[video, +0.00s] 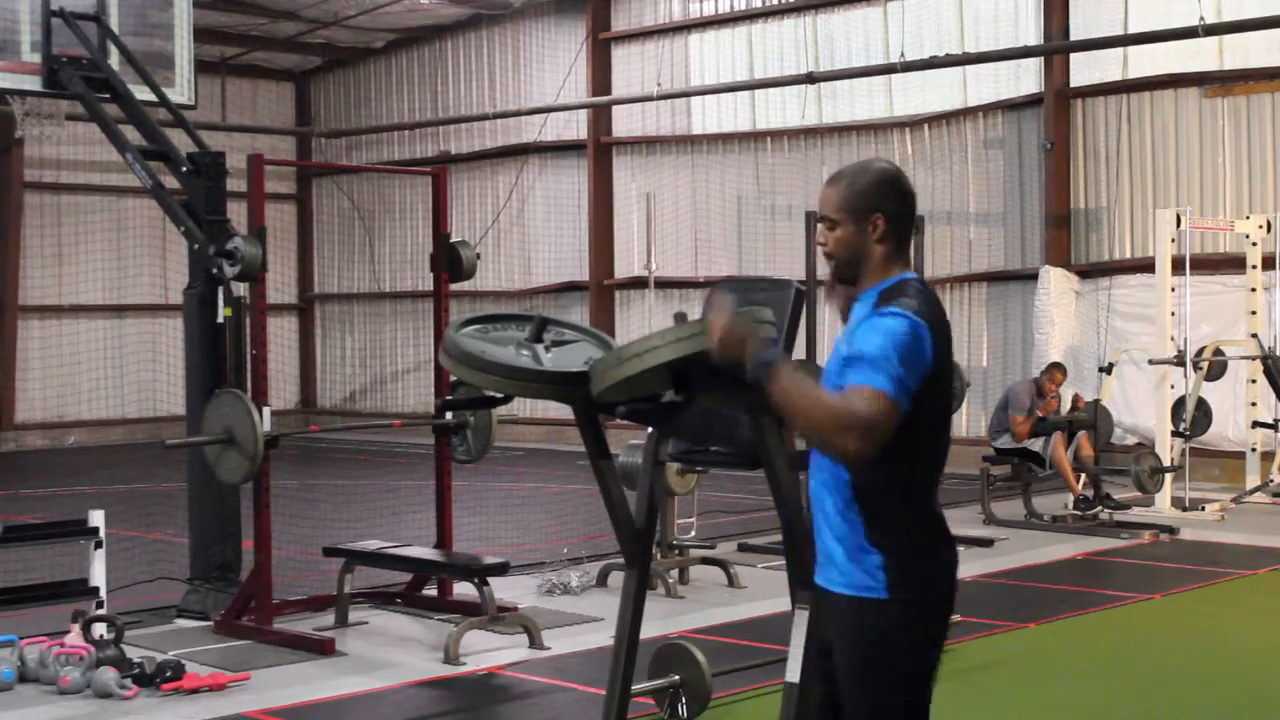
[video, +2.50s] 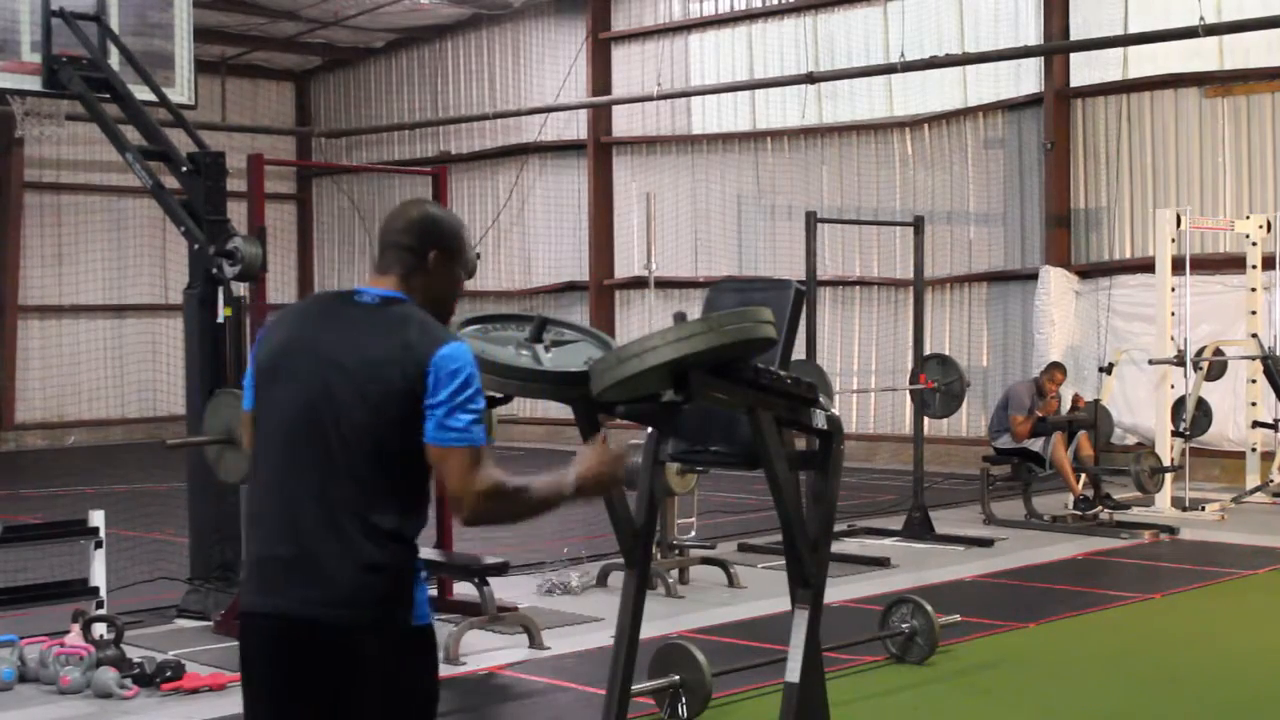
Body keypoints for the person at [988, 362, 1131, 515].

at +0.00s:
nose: (1054, 389)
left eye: (1058, 385)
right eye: (1051, 382)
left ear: (1061, 385)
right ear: (1042, 375)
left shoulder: (1052, 396)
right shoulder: (1021, 391)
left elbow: (1054, 426)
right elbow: (1019, 435)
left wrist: (1074, 411)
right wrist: (1040, 412)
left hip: (1030, 438)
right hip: (1004, 439)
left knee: (1080, 435)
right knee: (1055, 439)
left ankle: (1099, 494)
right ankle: (1079, 498)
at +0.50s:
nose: (1054, 389)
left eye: (1058, 385)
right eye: (1051, 382)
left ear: (1061, 385)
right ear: (1042, 375)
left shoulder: (1052, 395)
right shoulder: (1021, 391)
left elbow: (1055, 426)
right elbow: (1019, 435)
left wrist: (1073, 411)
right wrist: (1040, 412)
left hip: (1030, 437)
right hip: (1004, 439)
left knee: (1081, 435)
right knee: (1055, 439)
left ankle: (1100, 494)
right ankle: (1079, 498)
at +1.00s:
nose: (1054, 388)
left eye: (1058, 385)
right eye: (1051, 382)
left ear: (1061, 384)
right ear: (1041, 375)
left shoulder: (1051, 395)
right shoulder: (1021, 391)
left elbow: (1054, 427)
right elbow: (1019, 435)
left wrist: (1073, 411)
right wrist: (1041, 412)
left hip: (1029, 438)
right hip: (1004, 440)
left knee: (1081, 436)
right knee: (1055, 439)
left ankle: (1099, 494)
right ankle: (1079, 498)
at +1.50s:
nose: (1054, 388)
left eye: (1058, 385)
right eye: (1051, 382)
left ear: (1061, 385)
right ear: (1041, 374)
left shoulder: (1051, 395)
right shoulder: (1021, 391)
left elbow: (1053, 427)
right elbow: (1019, 435)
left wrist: (1072, 411)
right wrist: (1041, 412)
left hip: (1029, 438)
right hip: (1003, 439)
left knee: (1080, 436)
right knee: (1055, 439)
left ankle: (1099, 494)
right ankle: (1079, 498)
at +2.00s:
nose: (1054, 388)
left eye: (1058, 385)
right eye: (1051, 382)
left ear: (1061, 384)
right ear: (1041, 375)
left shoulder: (1051, 395)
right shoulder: (1021, 391)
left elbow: (1053, 426)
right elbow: (1018, 434)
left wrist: (1073, 412)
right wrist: (1041, 412)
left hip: (1029, 438)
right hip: (1004, 440)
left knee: (1080, 436)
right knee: (1055, 439)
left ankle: (1099, 494)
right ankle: (1079, 498)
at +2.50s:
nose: (1054, 389)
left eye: (1058, 385)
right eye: (1051, 382)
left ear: (1061, 385)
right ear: (1041, 375)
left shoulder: (1051, 396)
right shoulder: (1020, 392)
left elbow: (1054, 427)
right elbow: (1018, 435)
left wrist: (1073, 412)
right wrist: (1040, 412)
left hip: (1029, 438)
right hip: (1004, 439)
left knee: (1080, 435)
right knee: (1055, 439)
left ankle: (1099, 494)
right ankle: (1079, 498)